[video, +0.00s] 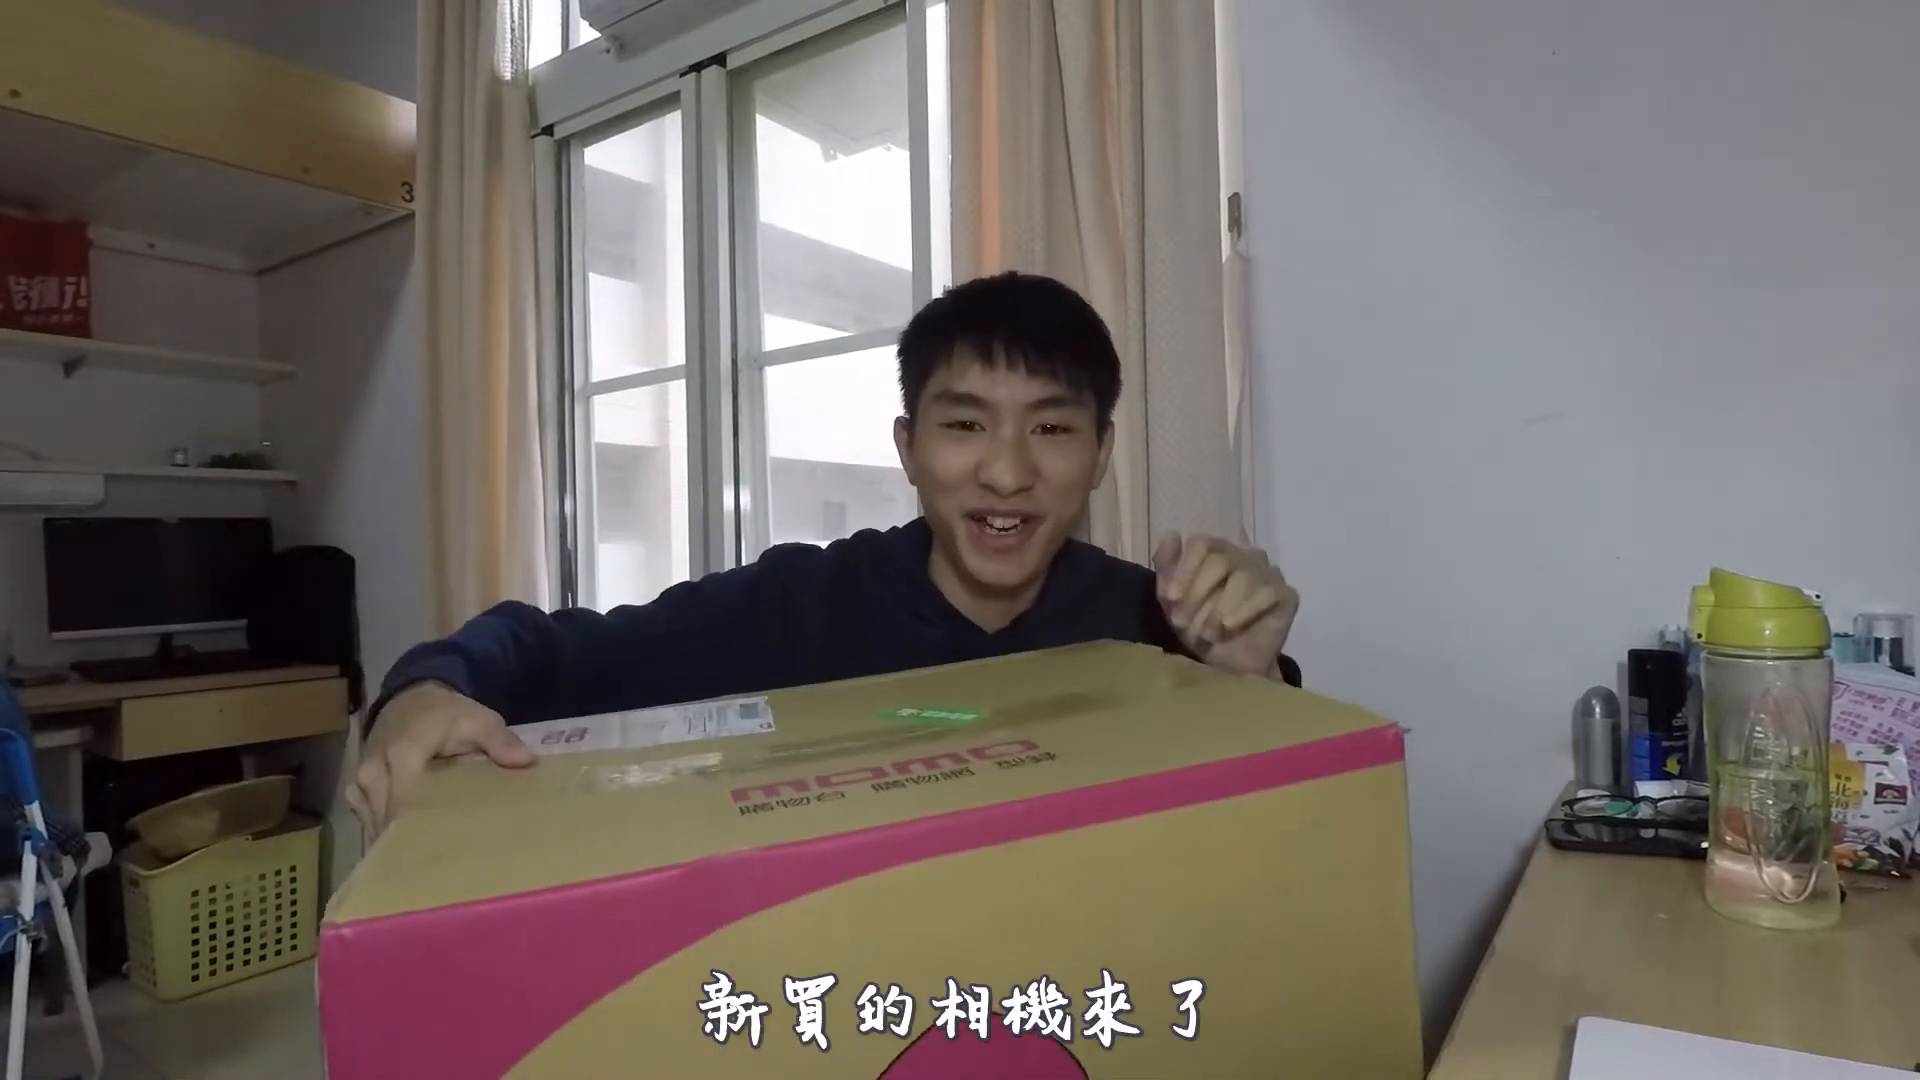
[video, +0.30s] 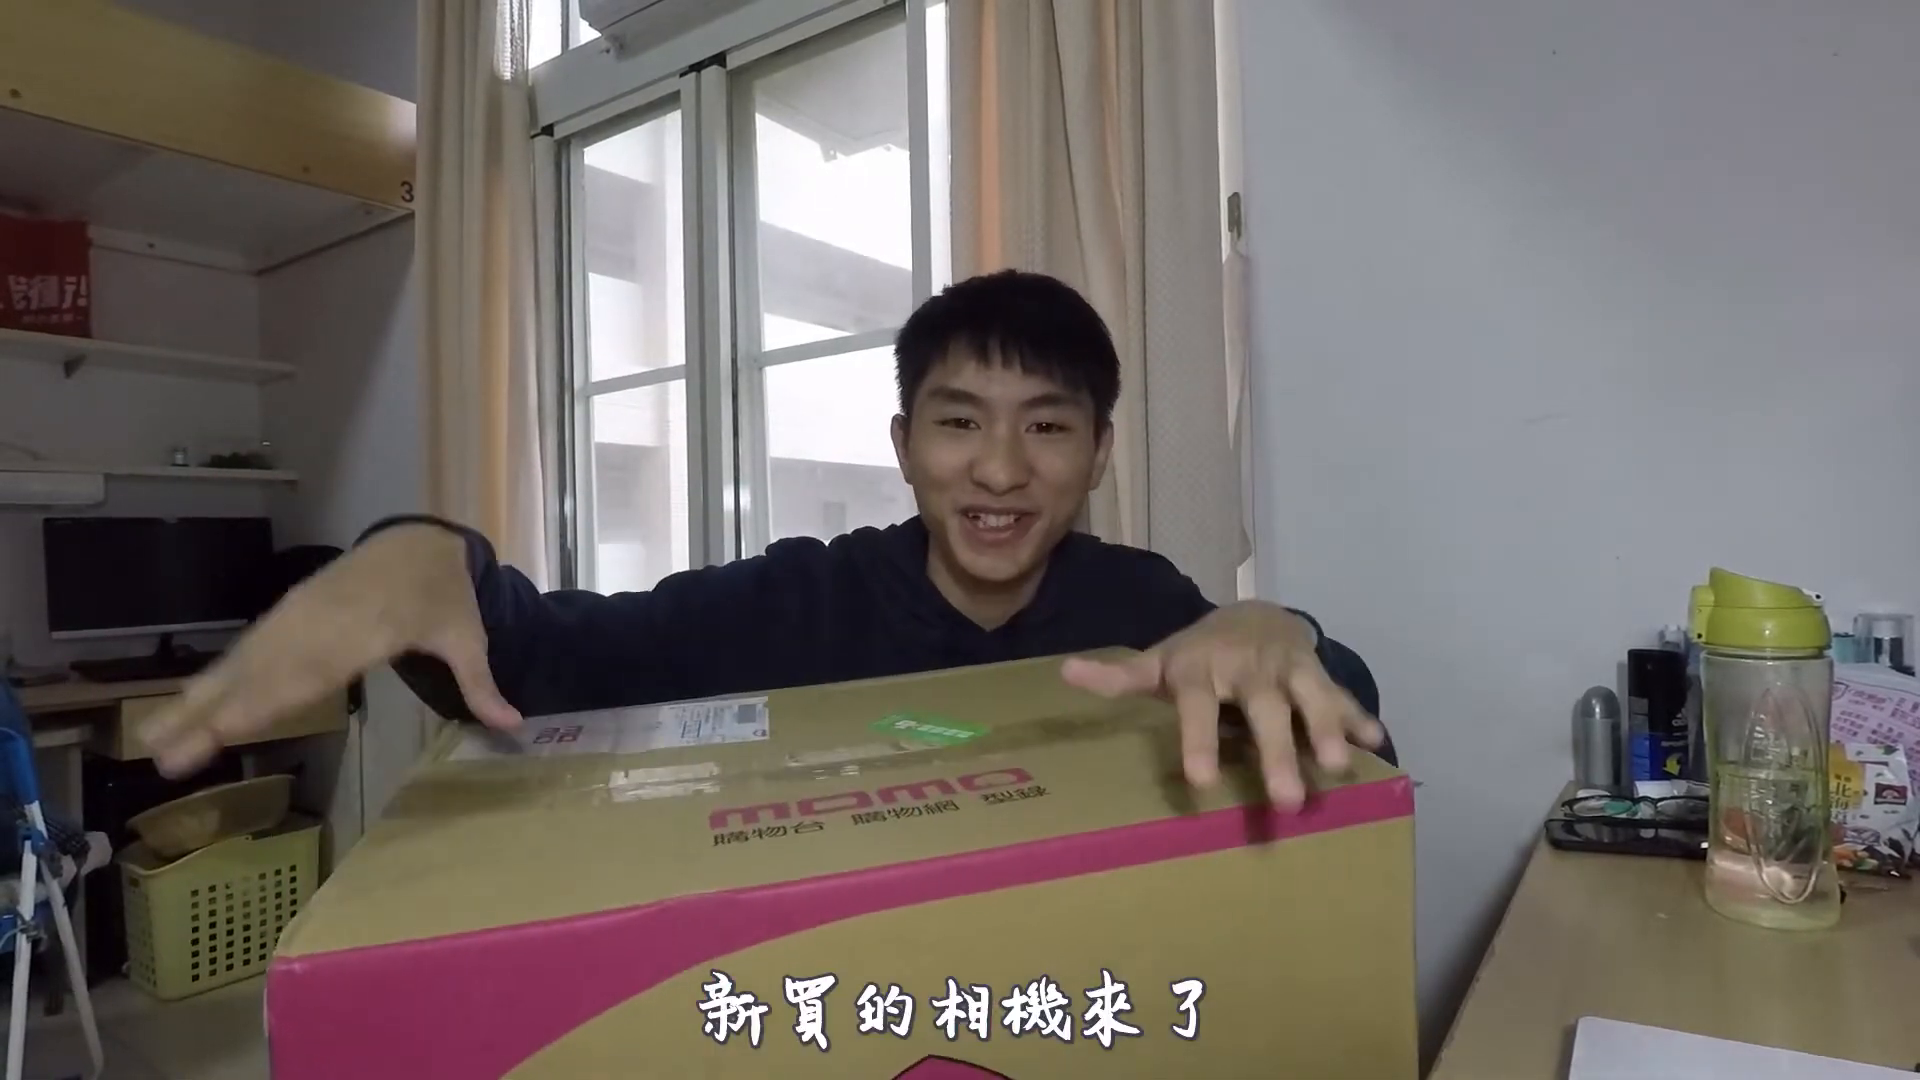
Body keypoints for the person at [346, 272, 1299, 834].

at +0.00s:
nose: (1004, 471)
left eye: (1050, 431)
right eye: (964, 426)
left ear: (1101, 457)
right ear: (908, 446)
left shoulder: (1151, 619)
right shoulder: (810, 603)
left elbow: (1274, 860)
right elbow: (562, 654)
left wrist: (1252, 670)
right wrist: (430, 687)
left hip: (1090, 1011)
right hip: (843, 1012)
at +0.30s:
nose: (1000, 467)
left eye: (1044, 429)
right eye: (959, 425)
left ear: (1097, 453)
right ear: (905, 442)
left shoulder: (1149, 609)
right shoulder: (817, 600)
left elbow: (1359, 732)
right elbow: (564, 646)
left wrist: (1270, 630)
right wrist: (414, 565)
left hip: (1095, 1005)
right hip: (837, 1002)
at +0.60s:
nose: (999, 470)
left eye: (1044, 429)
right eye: (954, 425)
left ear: (1093, 451)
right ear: (898, 447)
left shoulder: (1144, 608)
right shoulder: (811, 610)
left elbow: (1333, 732)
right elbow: (484, 663)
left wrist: (1307, 699)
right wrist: (507, 778)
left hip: (1114, 1025)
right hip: (847, 1027)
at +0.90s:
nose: (1003, 499)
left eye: (1048, 450)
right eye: (958, 450)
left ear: (1101, 466)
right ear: (899, 464)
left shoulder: (1153, 616)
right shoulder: (817, 621)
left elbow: (1257, 746)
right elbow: (499, 675)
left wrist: (1321, 700)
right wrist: (473, 810)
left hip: (1118, 1025)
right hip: (852, 1025)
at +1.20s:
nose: (1004, 506)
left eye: (1049, 460)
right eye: (961, 457)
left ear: (1100, 476)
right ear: (901, 470)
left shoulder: (1148, 616)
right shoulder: (819, 626)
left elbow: (1261, 743)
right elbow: (504, 674)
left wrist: (1322, 702)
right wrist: (473, 808)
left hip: (1121, 1024)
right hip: (860, 1024)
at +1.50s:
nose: (1006, 499)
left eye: (1050, 453)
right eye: (962, 451)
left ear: (1100, 470)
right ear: (902, 466)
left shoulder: (1144, 617)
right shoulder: (818, 621)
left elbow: (1249, 758)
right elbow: (507, 671)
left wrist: (1322, 699)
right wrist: (471, 801)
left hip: (1111, 1023)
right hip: (851, 1023)